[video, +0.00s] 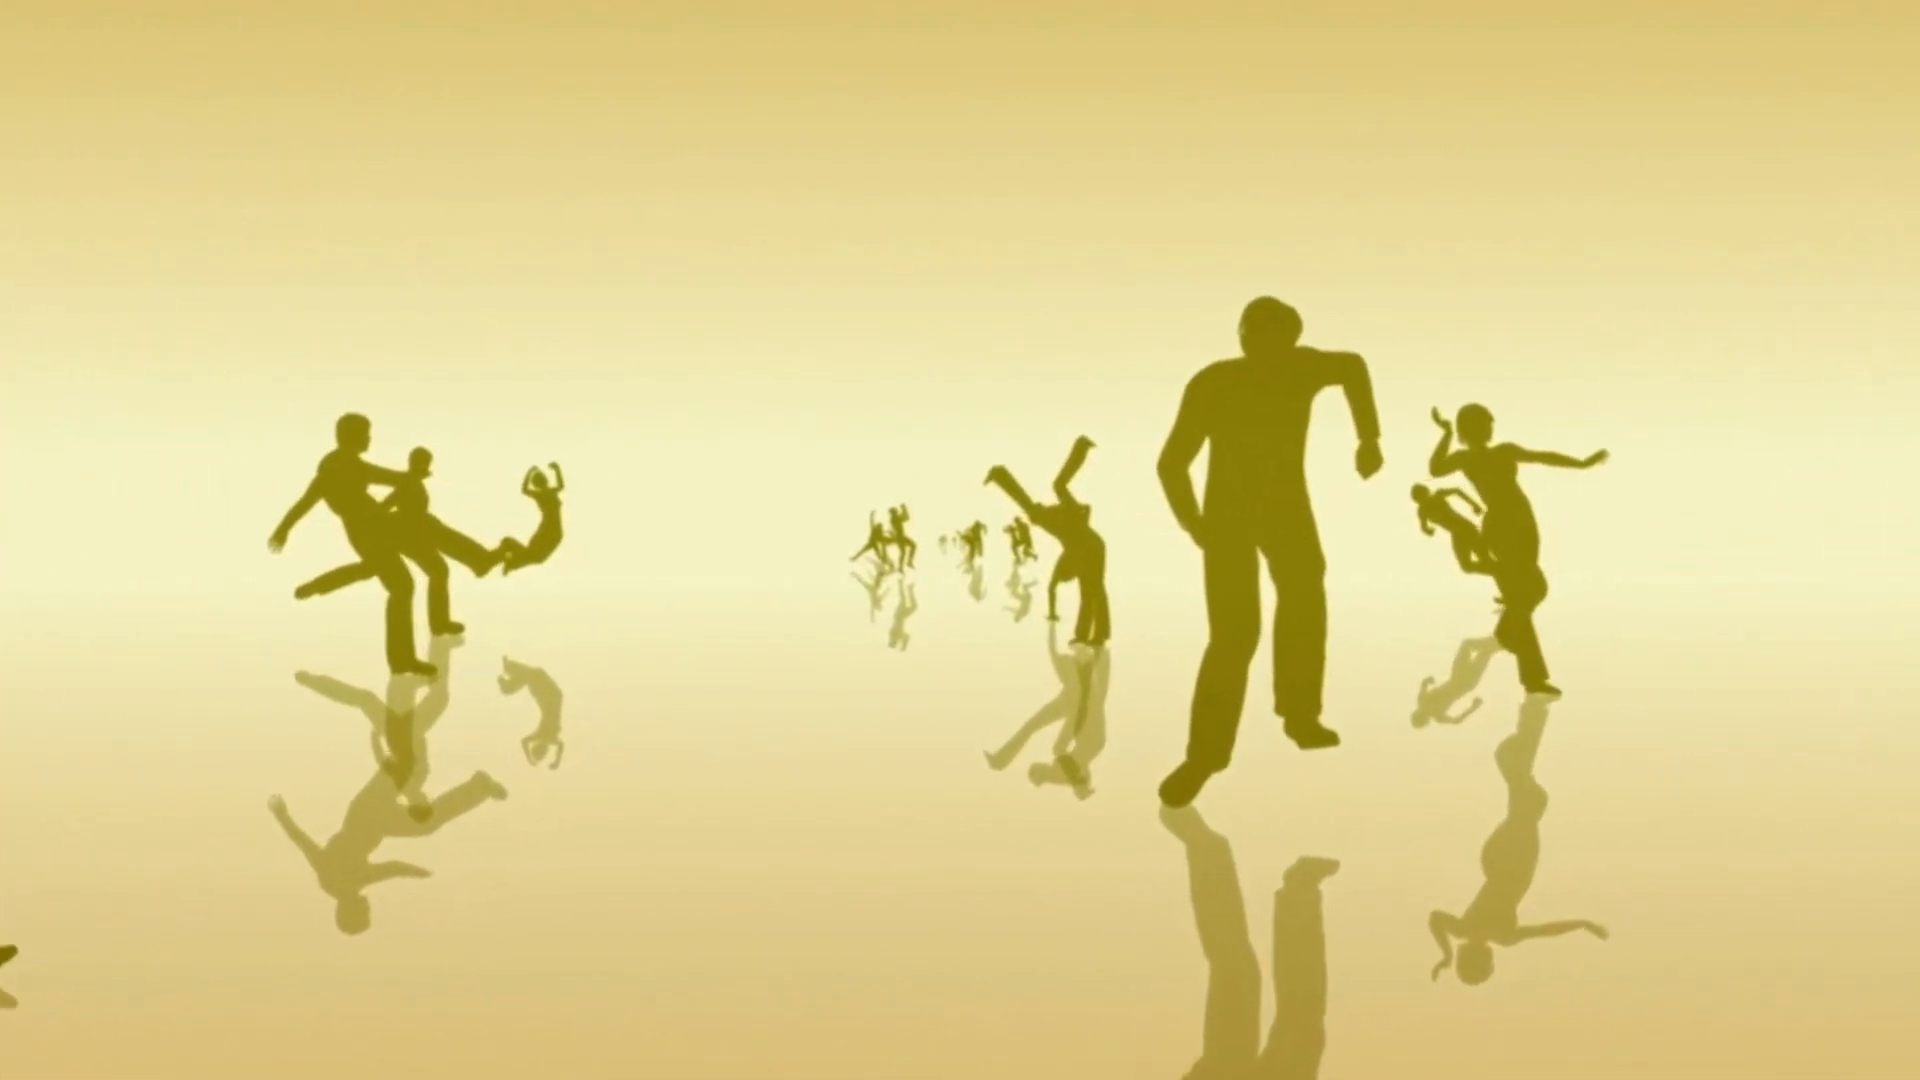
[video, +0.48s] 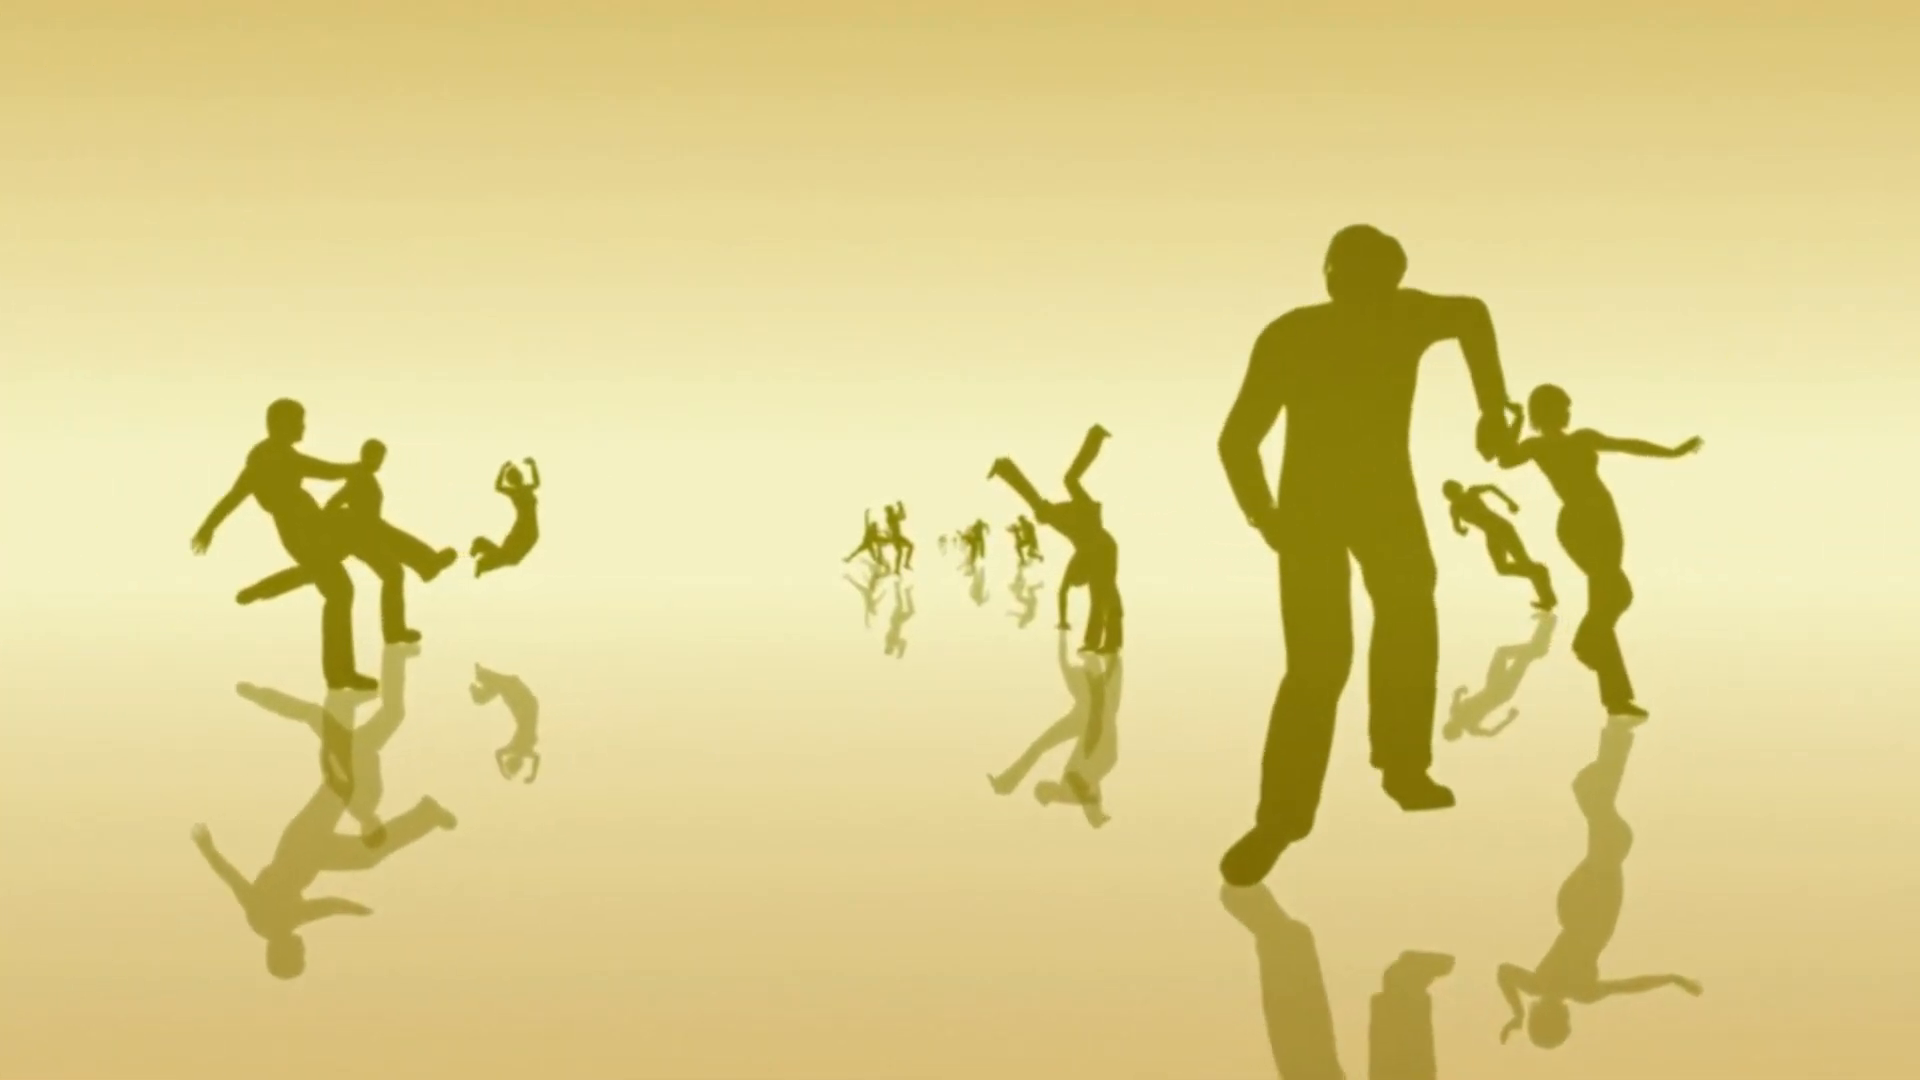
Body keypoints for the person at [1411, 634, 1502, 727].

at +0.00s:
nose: (1423, 718)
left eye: (1420, 718)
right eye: (1423, 720)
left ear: (1417, 712)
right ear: (1424, 720)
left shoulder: (1422, 701)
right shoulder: (1438, 716)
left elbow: (1424, 683)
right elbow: (1457, 721)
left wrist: (1428, 681)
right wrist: (1474, 707)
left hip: (1456, 676)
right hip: (1467, 683)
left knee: (1466, 644)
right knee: (1485, 651)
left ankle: (1495, 641)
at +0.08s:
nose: (1431, 723)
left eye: (1428, 722)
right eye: (1430, 724)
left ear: (1425, 716)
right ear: (1431, 722)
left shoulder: (1430, 704)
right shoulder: (1446, 719)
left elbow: (1431, 689)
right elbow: (1465, 723)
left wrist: (1434, 684)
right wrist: (1482, 709)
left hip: (1465, 678)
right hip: (1476, 684)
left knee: (1474, 646)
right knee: (1495, 653)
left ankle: (1504, 641)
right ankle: (1514, 644)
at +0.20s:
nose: (1436, 726)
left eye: (1432, 725)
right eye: (1434, 727)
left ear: (1429, 718)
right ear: (1436, 725)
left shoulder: (1435, 705)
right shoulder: (1451, 721)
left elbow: (1435, 692)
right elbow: (1470, 725)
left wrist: (1439, 685)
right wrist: (1487, 711)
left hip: (1470, 679)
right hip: (1480, 686)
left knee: (1479, 648)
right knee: (1500, 655)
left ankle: (1509, 644)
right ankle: (1516, 643)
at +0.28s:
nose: (1443, 730)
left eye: (1440, 729)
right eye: (1441, 731)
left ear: (1437, 721)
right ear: (1443, 728)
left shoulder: (1442, 708)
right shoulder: (1458, 723)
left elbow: (1442, 695)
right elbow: (1477, 728)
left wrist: (1447, 687)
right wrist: (1495, 714)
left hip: (1478, 681)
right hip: (1489, 689)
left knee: (1487, 650)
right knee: (1509, 656)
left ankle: (1518, 645)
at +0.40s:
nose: (1448, 731)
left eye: (1445, 731)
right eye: (1446, 732)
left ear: (1442, 723)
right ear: (1448, 731)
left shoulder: (1447, 710)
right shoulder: (1463, 725)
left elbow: (1447, 697)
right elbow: (1483, 730)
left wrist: (1452, 689)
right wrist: (1501, 716)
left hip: (1483, 683)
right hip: (1494, 690)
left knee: (1492, 651)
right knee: (1515, 658)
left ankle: (1523, 647)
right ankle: (1537, 621)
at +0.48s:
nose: (1456, 734)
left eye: (1453, 733)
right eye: (1454, 735)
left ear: (1450, 725)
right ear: (1456, 733)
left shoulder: (1456, 713)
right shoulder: (1471, 729)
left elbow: (1456, 697)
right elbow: (1491, 733)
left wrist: (1460, 691)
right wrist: (1509, 719)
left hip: (1492, 686)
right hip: (1502, 693)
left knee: (1500, 653)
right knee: (1524, 660)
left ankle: (1533, 649)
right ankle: (1547, 622)